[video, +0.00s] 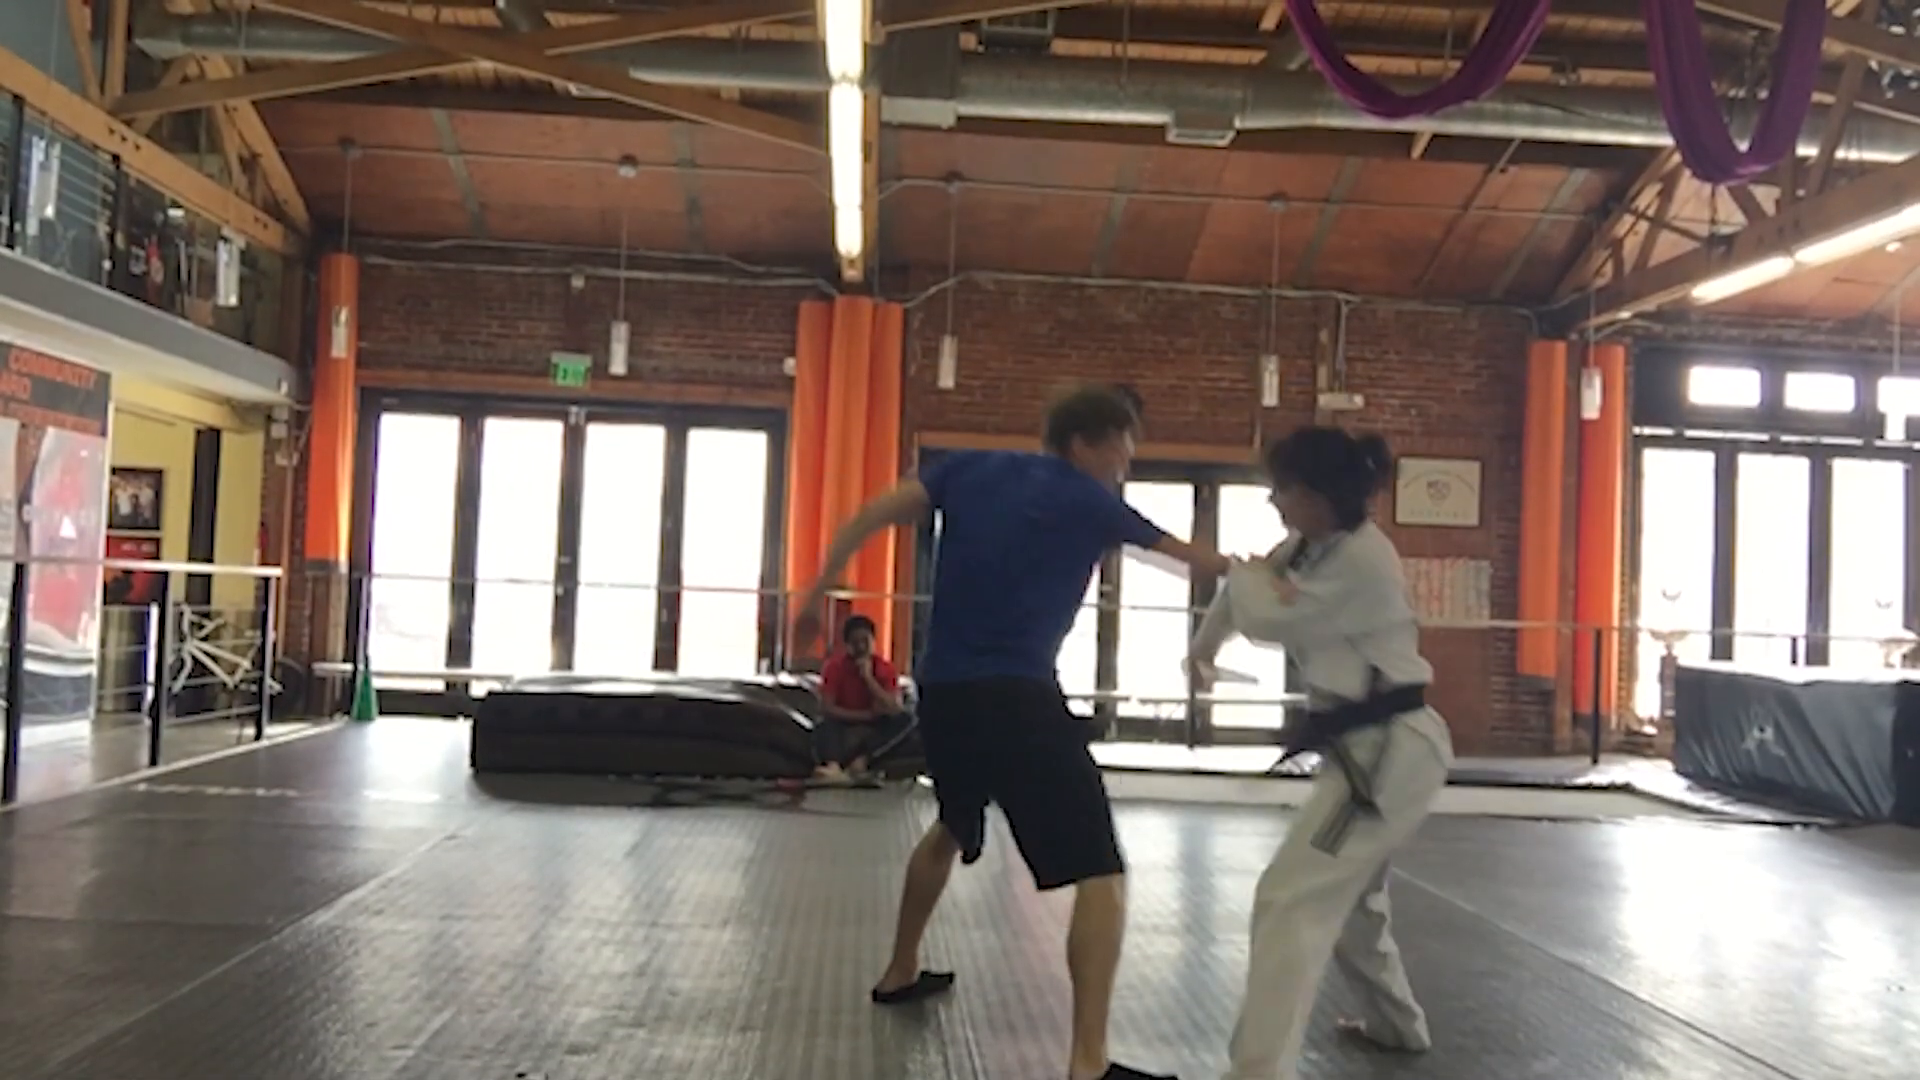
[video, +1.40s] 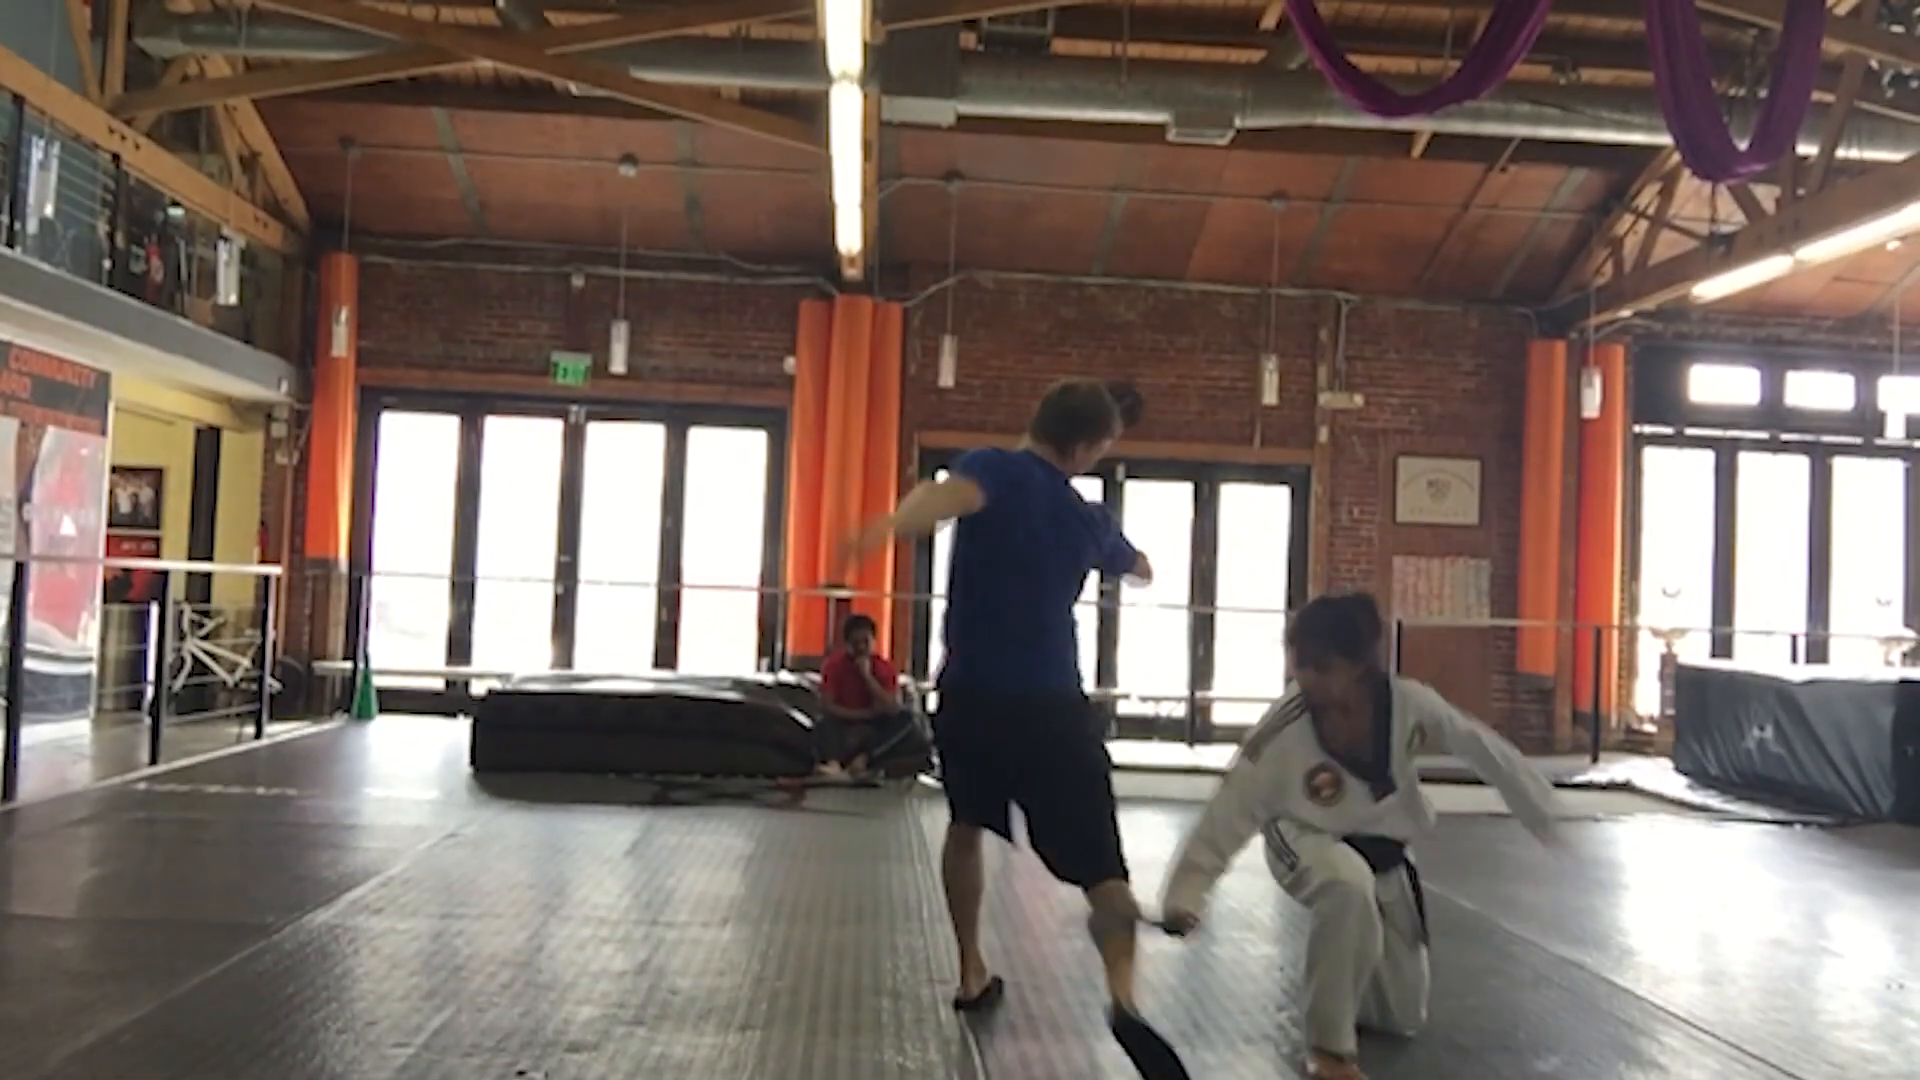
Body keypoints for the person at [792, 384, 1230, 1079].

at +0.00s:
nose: (1127, 470)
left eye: (1129, 458)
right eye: (1124, 455)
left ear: (1054, 441)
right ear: (1087, 443)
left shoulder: (970, 470)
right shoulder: (1093, 501)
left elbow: (874, 511)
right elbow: (1193, 560)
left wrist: (814, 589)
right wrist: (1247, 571)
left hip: (943, 694)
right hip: (1021, 698)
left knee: (950, 825)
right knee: (1101, 872)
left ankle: (899, 972)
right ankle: (1090, 1061)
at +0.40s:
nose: (1144, 446)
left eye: (1145, 433)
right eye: (1142, 433)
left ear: (1073, 421)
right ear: (1120, 436)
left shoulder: (1005, 450)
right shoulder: (1115, 502)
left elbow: (892, 442)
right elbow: (1205, 559)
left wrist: (883, 496)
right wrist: (1260, 571)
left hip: (942, 682)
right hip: (1027, 694)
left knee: (930, 818)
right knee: (1080, 871)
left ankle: (897, 970)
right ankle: (1095, 1049)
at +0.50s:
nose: (1141, 413)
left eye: (1139, 403)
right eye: (1138, 405)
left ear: (1064, 406)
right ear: (1125, 415)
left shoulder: (1020, 449)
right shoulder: (1135, 492)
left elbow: (929, 416)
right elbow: (1215, 562)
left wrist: (857, 392)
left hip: (951, 662)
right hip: (1035, 681)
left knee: (925, 807)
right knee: (1082, 864)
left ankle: (900, 962)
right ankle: (1119, 1037)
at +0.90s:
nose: (1153, 476)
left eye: (1159, 465)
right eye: (1154, 462)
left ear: (1099, 433)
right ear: (1125, 440)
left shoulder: (1017, 455)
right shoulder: (1124, 510)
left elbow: (918, 451)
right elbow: (1201, 596)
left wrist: (887, 468)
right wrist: (1266, 641)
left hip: (968, 690)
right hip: (1054, 706)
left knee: (944, 817)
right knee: (1108, 875)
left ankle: (901, 969)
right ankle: (1107, 1058)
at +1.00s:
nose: (1146, 481)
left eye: (1153, 470)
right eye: (1150, 466)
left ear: (1094, 430)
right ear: (1126, 440)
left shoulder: (1014, 457)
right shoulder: (1122, 506)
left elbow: (908, 500)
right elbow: (1204, 614)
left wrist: (903, 568)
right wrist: (1202, 660)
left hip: (971, 688)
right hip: (1056, 702)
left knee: (952, 818)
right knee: (1111, 872)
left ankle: (906, 969)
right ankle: (1113, 1060)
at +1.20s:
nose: (1134, 446)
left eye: (1137, 435)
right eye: (1136, 434)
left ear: (1066, 415)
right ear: (1118, 428)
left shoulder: (1007, 455)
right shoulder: (1128, 501)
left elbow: (903, 488)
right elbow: (1203, 547)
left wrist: (803, 523)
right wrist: (1194, 571)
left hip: (986, 686)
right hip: (1074, 698)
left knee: (977, 804)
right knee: (1108, 879)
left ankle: (951, 951)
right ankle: (1123, 1062)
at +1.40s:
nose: (1101, 459)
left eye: (1103, 450)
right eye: (1103, 449)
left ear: (1037, 421)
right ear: (1088, 446)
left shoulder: (993, 468)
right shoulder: (1085, 517)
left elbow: (946, 497)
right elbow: (1139, 572)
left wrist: (875, 531)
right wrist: (1124, 554)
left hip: (970, 697)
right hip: (1052, 706)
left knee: (965, 827)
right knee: (1106, 875)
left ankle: (972, 977)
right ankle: (1124, 1003)